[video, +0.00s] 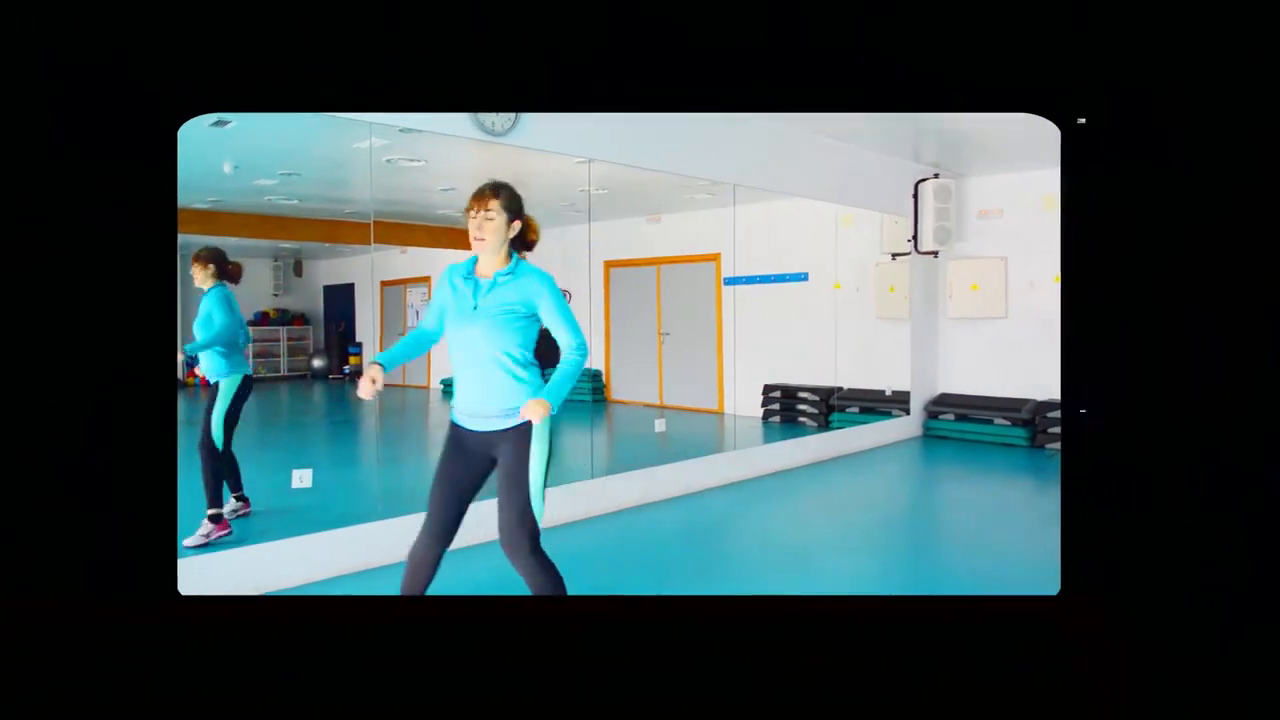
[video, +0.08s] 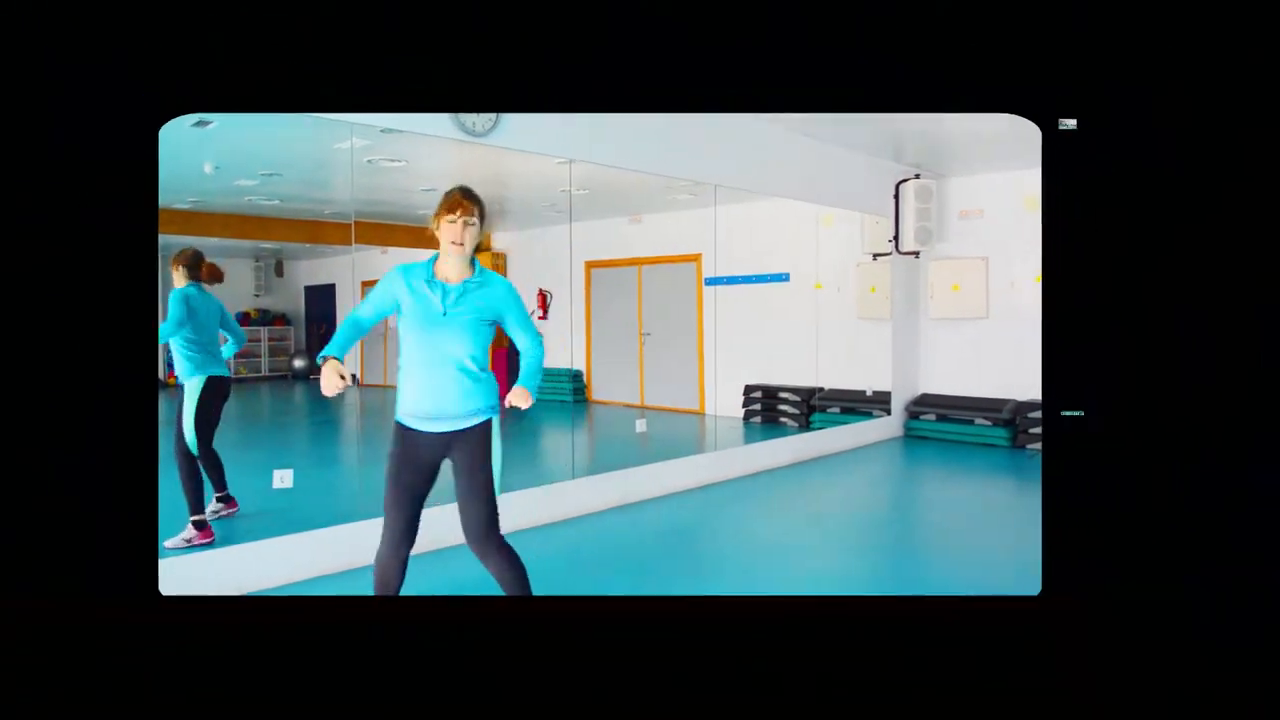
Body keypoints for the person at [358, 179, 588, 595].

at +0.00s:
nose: (476, 224)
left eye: (488, 216)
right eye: (472, 215)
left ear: (514, 227)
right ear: (467, 222)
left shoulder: (535, 284)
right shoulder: (453, 279)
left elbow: (575, 349)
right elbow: (426, 332)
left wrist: (548, 398)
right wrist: (381, 364)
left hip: (520, 429)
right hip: (465, 429)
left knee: (518, 542)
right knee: (433, 534)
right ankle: (407, 598)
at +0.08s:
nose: (460, 228)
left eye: (469, 221)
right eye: (452, 220)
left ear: (480, 233)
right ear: (436, 228)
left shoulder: (497, 290)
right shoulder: (402, 280)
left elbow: (531, 344)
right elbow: (360, 319)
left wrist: (526, 384)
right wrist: (331, 357)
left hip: (473, 428)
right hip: (414, 428)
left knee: (482, 537)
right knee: (395, 539)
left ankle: (524, 595)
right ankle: (382, 598)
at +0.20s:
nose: (425, 221)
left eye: (427, 212)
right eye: (414, 211)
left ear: (427, 218)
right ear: (384, 217)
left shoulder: (433, 277)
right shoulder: (342, 267)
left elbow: (447, 315)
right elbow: (276, 293)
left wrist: (447, 354)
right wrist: (295, 346)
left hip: (409, 416)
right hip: (349, 417)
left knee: (420, 526)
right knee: (345, 528)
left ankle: (427, 595)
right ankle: (333, 597)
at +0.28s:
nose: (389, 219)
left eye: (389, 210)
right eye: (379, 210)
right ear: (347, 215)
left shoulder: (386, 267)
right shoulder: (308, 260)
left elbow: (371, 313)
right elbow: (235, 286)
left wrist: (382, 344)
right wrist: (274, 336)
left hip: (367, 409)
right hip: (310, 409)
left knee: (371, 520)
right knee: (301, 518)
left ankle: (351, 591)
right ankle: (280, 595)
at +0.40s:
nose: (326, 236)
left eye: (325, 228)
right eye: (317, 229)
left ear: (298, 234)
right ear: (286, 233)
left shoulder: (308, 279)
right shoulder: (250, 280)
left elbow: (292, 333)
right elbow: (182, 319)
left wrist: (306, 366)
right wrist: (236, 364)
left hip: (294, 420)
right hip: (246, 419)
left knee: (296, 527)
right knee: (246, 532)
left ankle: (251, 591)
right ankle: (207, 597)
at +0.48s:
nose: (278, 257)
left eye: (279, 248)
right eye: (268, 248)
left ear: (249, 254)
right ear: (240, 254)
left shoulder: (252, 303)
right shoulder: (214, 303)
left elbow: (225, 366)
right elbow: (160, 364)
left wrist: (267, 388)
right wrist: (225, 400)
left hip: (235, 435)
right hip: (199, 433)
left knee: (248, 538)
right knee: (224, 540)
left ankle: (192, 597)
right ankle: (178, 600)